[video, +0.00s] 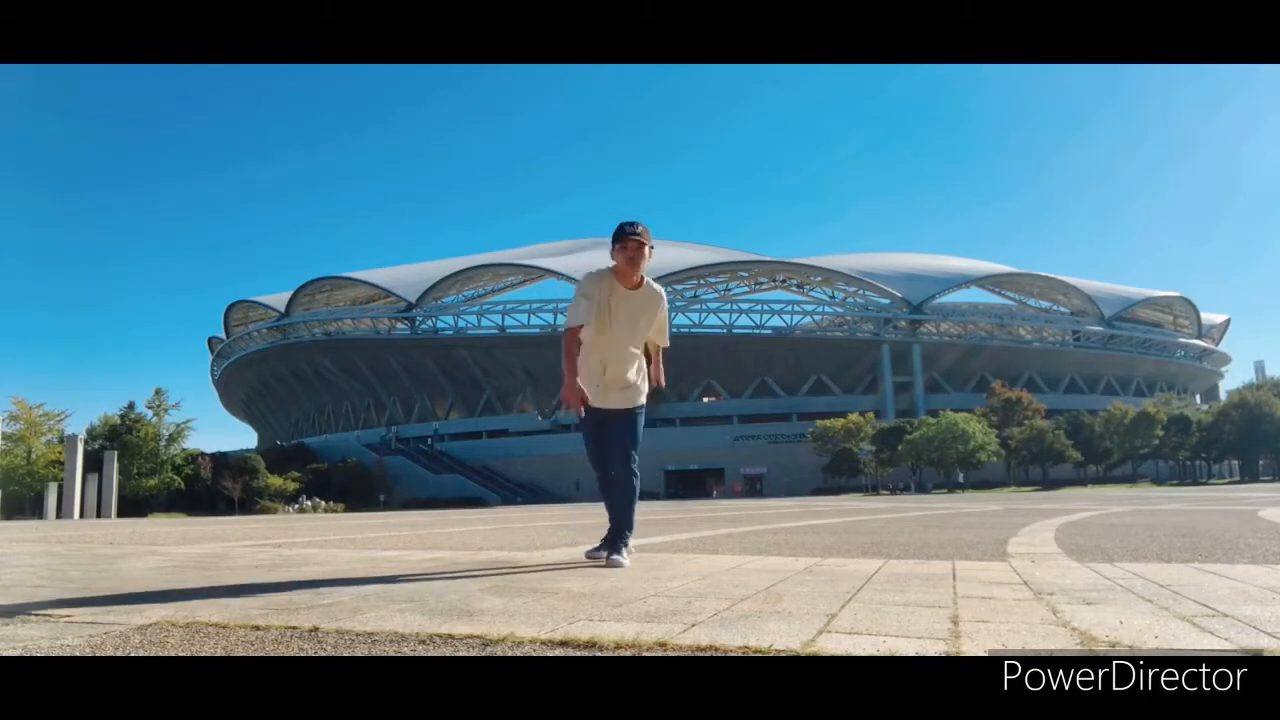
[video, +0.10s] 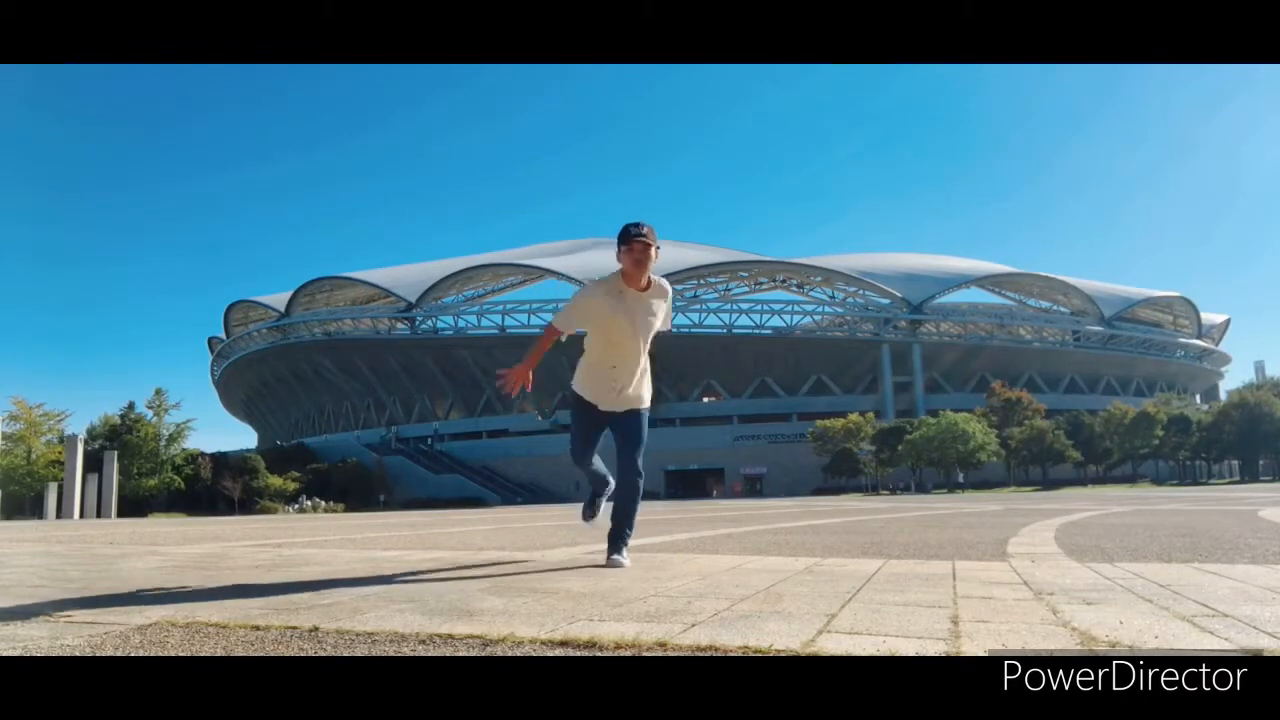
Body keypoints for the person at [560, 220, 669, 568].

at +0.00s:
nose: (633, 253)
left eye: (640, 247)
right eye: (627, 246)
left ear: (650, 253)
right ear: (614, 251)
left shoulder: (656, 296)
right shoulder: (593, 283)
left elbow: (655, 343)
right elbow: (572, 333)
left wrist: (657, 373)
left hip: (631, 392)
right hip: (591, 389)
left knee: (624, 466)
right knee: (602, 466)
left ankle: (620, 543)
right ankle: (616, 533)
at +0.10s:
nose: (639, 253)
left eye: (646, 247)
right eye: (631, 247)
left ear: (655, 253)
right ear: (620, 253)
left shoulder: (663, 293)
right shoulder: (595, 293)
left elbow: (646, 336)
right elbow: (555, 329)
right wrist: (525, 365)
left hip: (635, 395)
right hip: (591, 391)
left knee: (630, 471)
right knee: (581, 456)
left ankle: (618, 545)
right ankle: (603, 484)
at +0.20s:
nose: (628, 260)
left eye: (635, 254)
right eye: (620, 254)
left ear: (647, 259)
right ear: (610, 260)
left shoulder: (666, 293)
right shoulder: (593, 299)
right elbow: (558, 319)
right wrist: (534, 343)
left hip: (637, 405)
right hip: (594, 396)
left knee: (637, 477)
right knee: (560, 457)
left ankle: (618, 547)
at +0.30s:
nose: (614, 265)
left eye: (621, 259)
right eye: (607, 259)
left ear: (634, 264)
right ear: (597, 265)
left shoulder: (655, 311)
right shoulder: (586, 299)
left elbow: (686, 326)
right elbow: (574, 325)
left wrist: (712, 329)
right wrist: (572, 350)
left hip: (640, 400)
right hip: (599, 383)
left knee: (636, 476)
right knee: (567, 435)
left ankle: (616, 546)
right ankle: (544, 438)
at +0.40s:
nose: (613, 262)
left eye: (620, 255)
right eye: (606, 255)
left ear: (632, 259)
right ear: (594, 259)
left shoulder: (645, 302)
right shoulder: (582, 294)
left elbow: (658, 360)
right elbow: (593, 336)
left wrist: (665, 411)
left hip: (640, 385)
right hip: (601, 375)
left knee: (638, 472)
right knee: (598, 417)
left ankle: (619, 544)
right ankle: (598, 508)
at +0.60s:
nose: (615, 251)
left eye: (622, 244)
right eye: (608, 244)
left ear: (633, 246)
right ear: (596, 246)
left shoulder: (644, 277)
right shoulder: (587, 279)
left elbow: (618, 316)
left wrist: (570, 281)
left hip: (652, 385)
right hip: (611, 384)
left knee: (647, 469)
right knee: (629, 465)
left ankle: (619, 543)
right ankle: (661, 544)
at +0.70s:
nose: (615, 248)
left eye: (621, 241)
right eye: (607, 241)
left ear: (632, 242)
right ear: (595, 243)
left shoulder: (645, 272)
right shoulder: (589, 274)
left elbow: (621, 314)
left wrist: (575, 281)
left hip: (654, 383)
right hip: (612, 381)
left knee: (645, 470)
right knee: (630, 464)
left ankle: (621, 544)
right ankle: (661, 543)